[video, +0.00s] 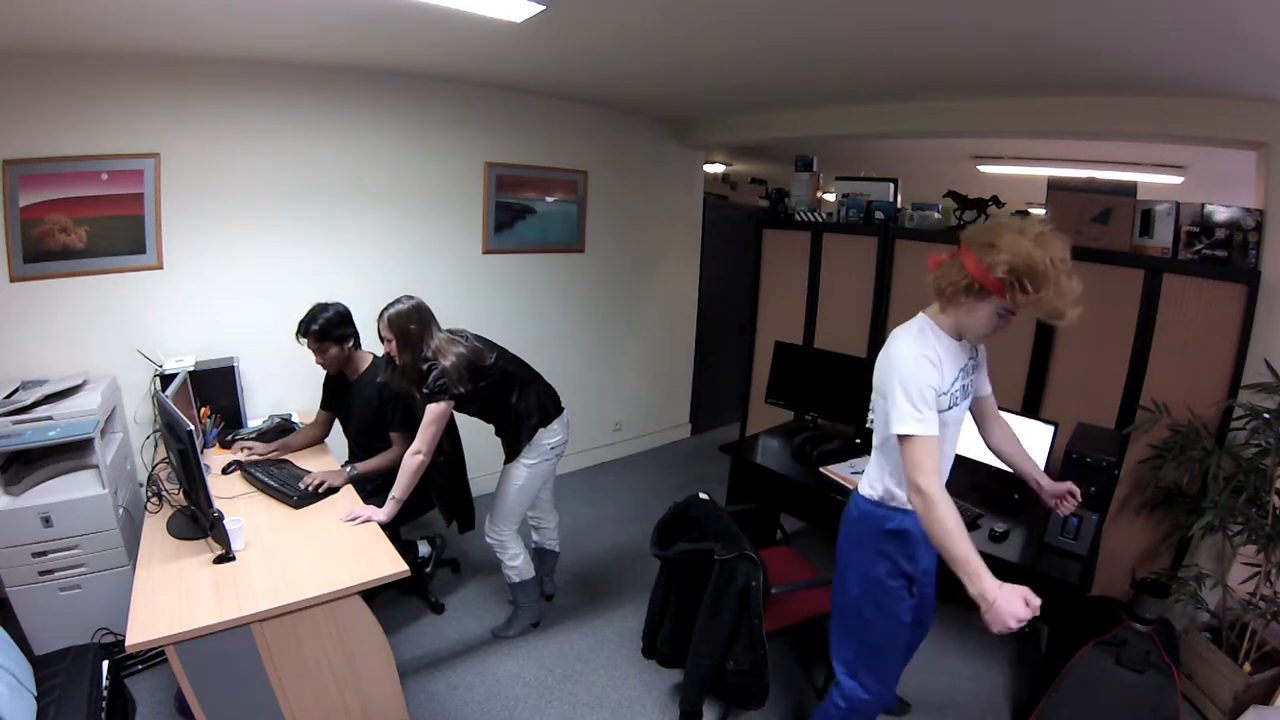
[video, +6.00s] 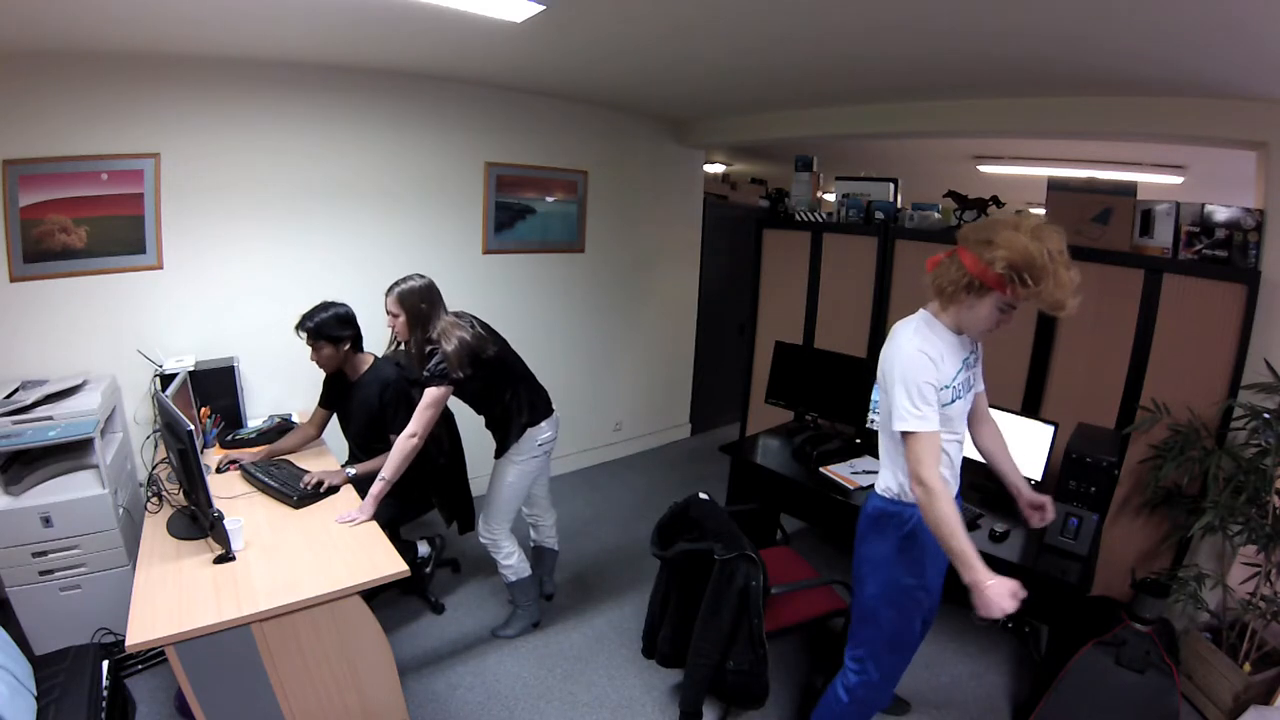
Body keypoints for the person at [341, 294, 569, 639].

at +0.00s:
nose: (387, 349)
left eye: (389, 341)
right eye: (384, 341)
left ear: (410, 338)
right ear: (420, 330)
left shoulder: (443, 369)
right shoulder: (450, 340)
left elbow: (420, 452)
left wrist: (388, 509)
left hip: (538, 434)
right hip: (548, 421)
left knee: (500, 530)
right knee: (541, 507)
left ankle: (528, 608)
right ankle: (546, 580)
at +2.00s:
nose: (386, 344)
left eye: (389, 337)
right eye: (384, 336)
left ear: (412, 336)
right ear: (422, 329)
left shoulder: (443, 370)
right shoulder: (450, 339)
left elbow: (420, 452)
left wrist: (388, 509)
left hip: (537, 432)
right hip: (547, 420)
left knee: (501, 530)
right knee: (541, 508)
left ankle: (528, 607)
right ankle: (546, 581)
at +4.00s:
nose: (388, 332)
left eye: (395, 326)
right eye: (390, 324)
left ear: (419, 331)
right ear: (426, 327)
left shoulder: (443, 370)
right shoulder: (450, 343)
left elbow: (421, 452)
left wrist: (388, 509)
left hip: (538, 431)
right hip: (545, 419)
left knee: (500, 529)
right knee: (542, 506)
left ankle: (527, 609)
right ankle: (545, 580)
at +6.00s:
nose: (389, 324)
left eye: (393, 316)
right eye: (388, 315)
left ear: (418, 313)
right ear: (425, 310)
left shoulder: (446, 349)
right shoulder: (457, 322)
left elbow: (414, 436)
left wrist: (371, 500)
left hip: (525, 431)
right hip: (538, 419)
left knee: (493, 529)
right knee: (538, 506)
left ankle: (527, 607)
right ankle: (545, 581)